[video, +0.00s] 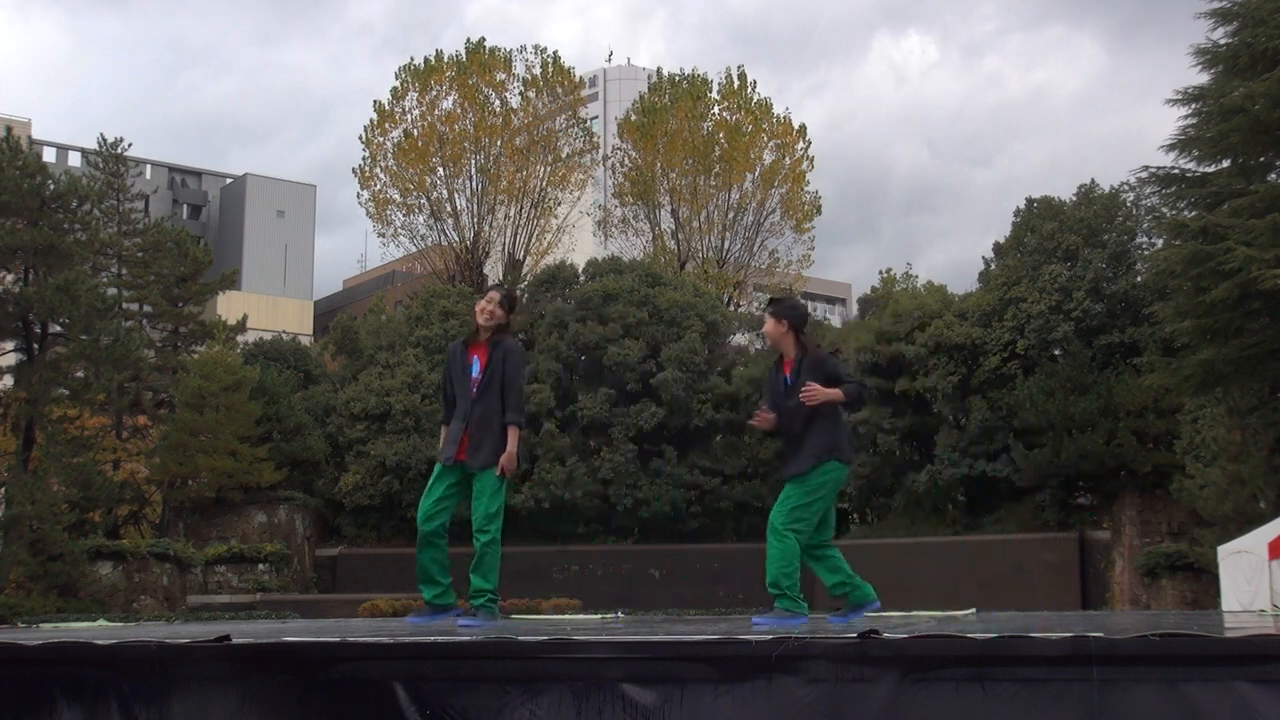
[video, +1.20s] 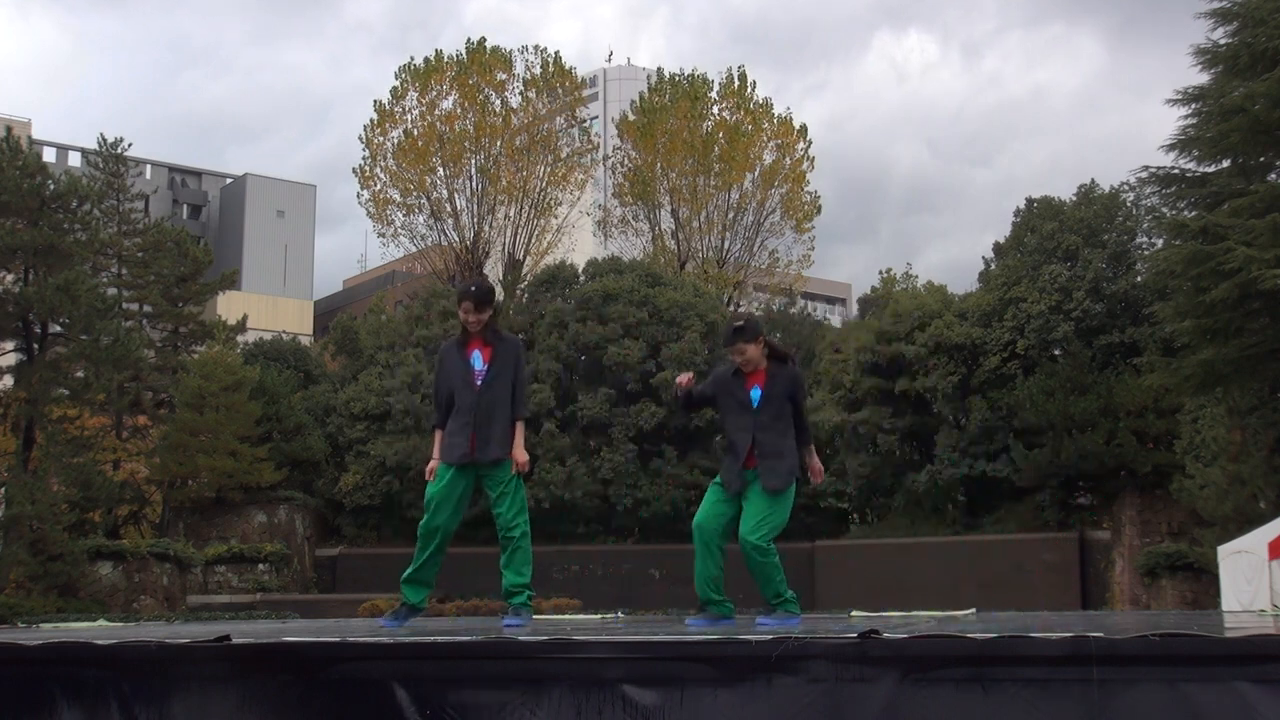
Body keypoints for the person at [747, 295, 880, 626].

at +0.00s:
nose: (763, 328)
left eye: (767, 322)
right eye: (764, 322)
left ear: (785, 326)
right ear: (784, 327)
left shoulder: (817, 361)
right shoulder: (777, 372)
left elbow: (859, 393)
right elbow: (785, 421)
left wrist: (831, 394)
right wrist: (772, 422)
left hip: (827, 457)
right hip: (806, 460)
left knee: (782, 523)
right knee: (815, 541)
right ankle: (861, 598)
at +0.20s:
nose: (730, 344)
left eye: (735, 338)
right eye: (731, 338)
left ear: (754, 342)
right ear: (752, 343)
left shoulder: (790, 375)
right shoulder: (745, 387)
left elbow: (830, 402)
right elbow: (729, 433)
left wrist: (802, 408)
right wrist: (693, 449)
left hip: (794, 474)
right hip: (760, 474)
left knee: (756, 530)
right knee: (723, 526)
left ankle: (789, 608)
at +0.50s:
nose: (707, 341)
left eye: (710, 334)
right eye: (706, 335)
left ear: (732, 333)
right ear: (729, 335)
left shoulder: (764, 363)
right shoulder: (725, 376)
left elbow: (800, 390)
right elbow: (714, 421)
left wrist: (787, 408)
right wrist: (679, 438)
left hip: (780, 467)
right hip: (743, 468)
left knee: (757, 529)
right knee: (720, 532)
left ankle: (787, 607)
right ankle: (703, 606)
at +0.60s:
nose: (706, 332)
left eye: (711, 325)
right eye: (705, 326)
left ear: (733, 325)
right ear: (722, 328)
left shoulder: (765, 359)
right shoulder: (719, 371)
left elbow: (799, 379)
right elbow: (689, 398)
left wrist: (809, 393)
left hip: (784, 462)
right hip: (747, 465)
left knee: (766, 528)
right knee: (735, 528)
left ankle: (788, 607)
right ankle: (738, 607)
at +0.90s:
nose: (740, 323)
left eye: (746, 316)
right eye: (735, 317)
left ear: (765, 315)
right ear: (731, 320)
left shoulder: (787, 355)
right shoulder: (722, 354)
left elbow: (821, 388)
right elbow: (687, 369)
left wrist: (858, 406)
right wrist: (674, 357)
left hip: (777, 458)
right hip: (736, 458)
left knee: (773, 528)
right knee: (740, 533)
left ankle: (784, 605)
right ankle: (752, 604)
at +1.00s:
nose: (745, 329)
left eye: (750, 321)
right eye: (739, 323)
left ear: (769, 316)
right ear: (734, 322)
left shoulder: (789, 354)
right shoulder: (726, 353)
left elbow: (811, 393)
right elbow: (687, 365)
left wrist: (838, 426)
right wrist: (685, 352)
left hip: (777, 458)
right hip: (736, 457)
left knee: (768, 528)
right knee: (731, 527)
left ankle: (785, 606)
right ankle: (768, 576)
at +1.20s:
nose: (738, 360)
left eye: (743, 352)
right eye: (734, 354)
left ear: (761, 344)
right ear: (729, 352)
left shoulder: (788, 376)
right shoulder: (724, 377)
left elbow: (800, 420)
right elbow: (691, 405)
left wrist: (811, 457)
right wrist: (684, 391)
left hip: (775, 474)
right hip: (734, 473)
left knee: (753, 537)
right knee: (704, 526)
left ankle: (785, 608)